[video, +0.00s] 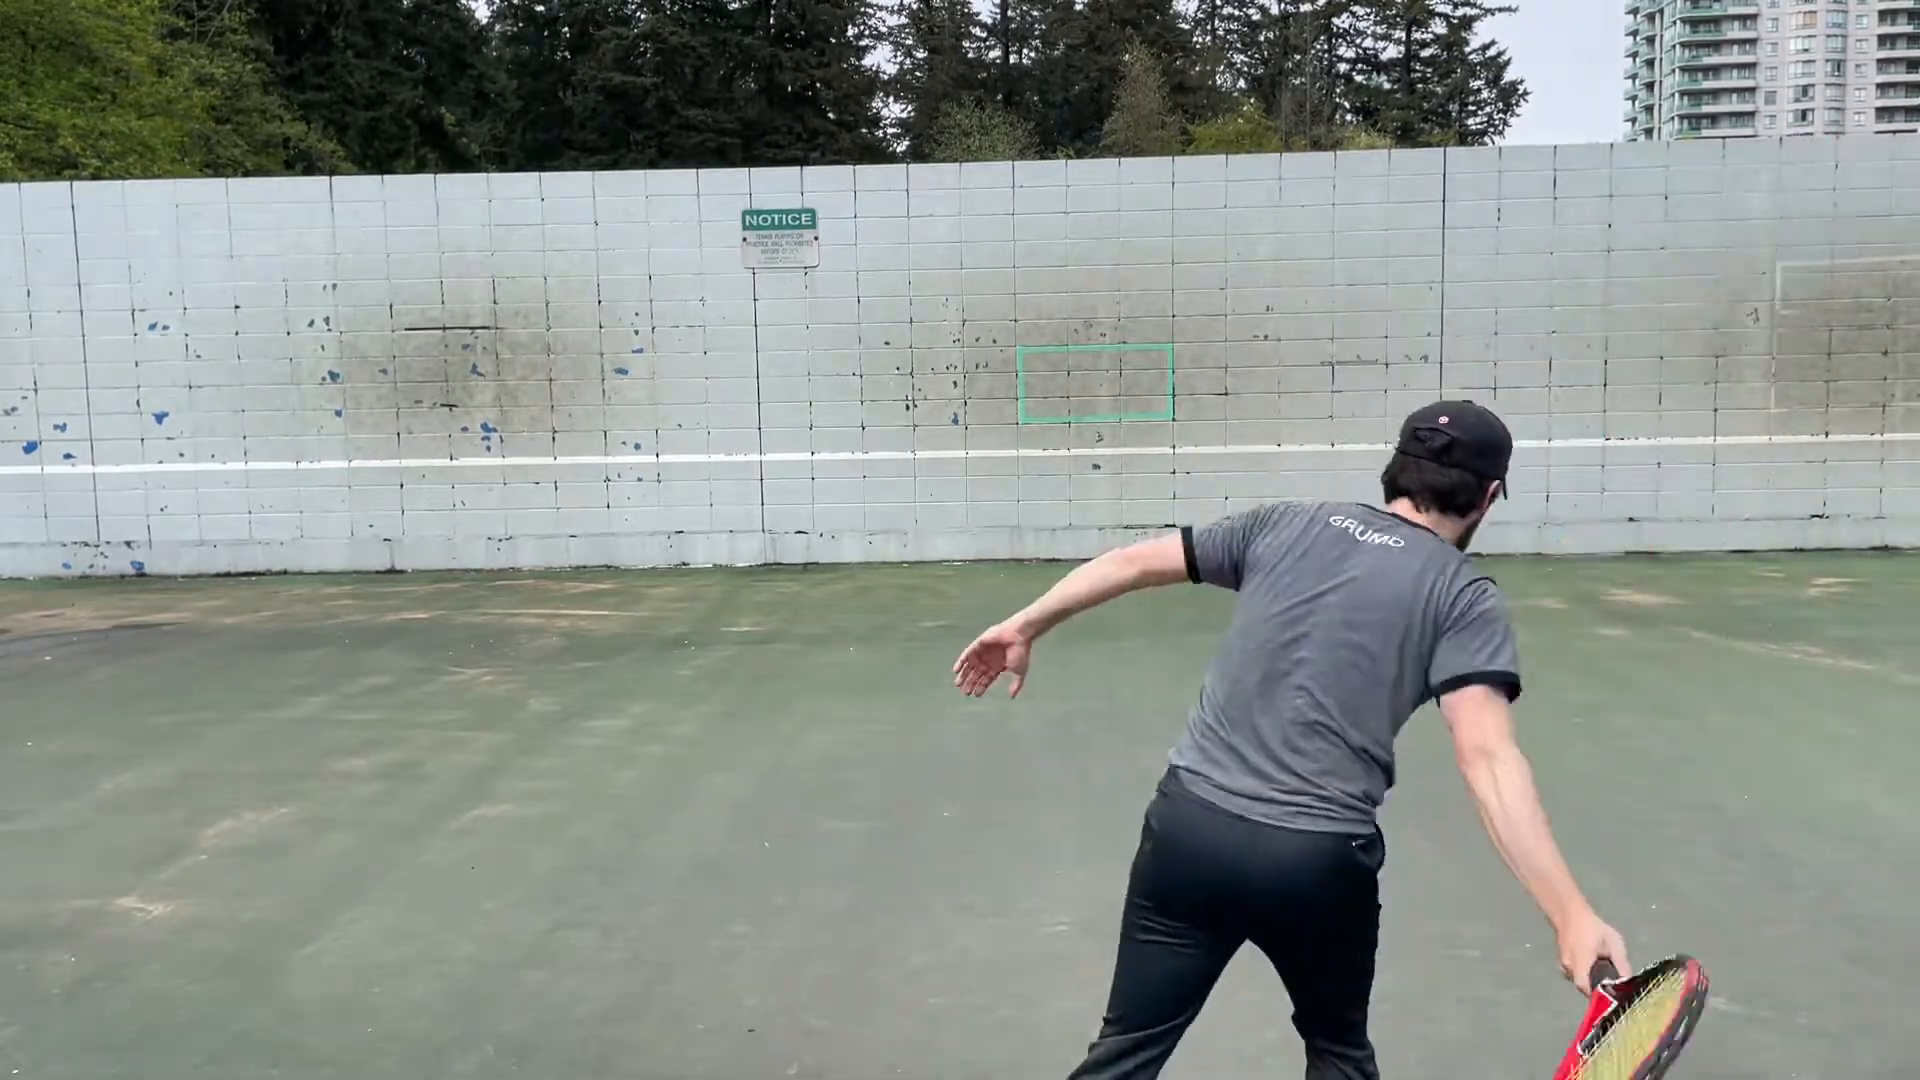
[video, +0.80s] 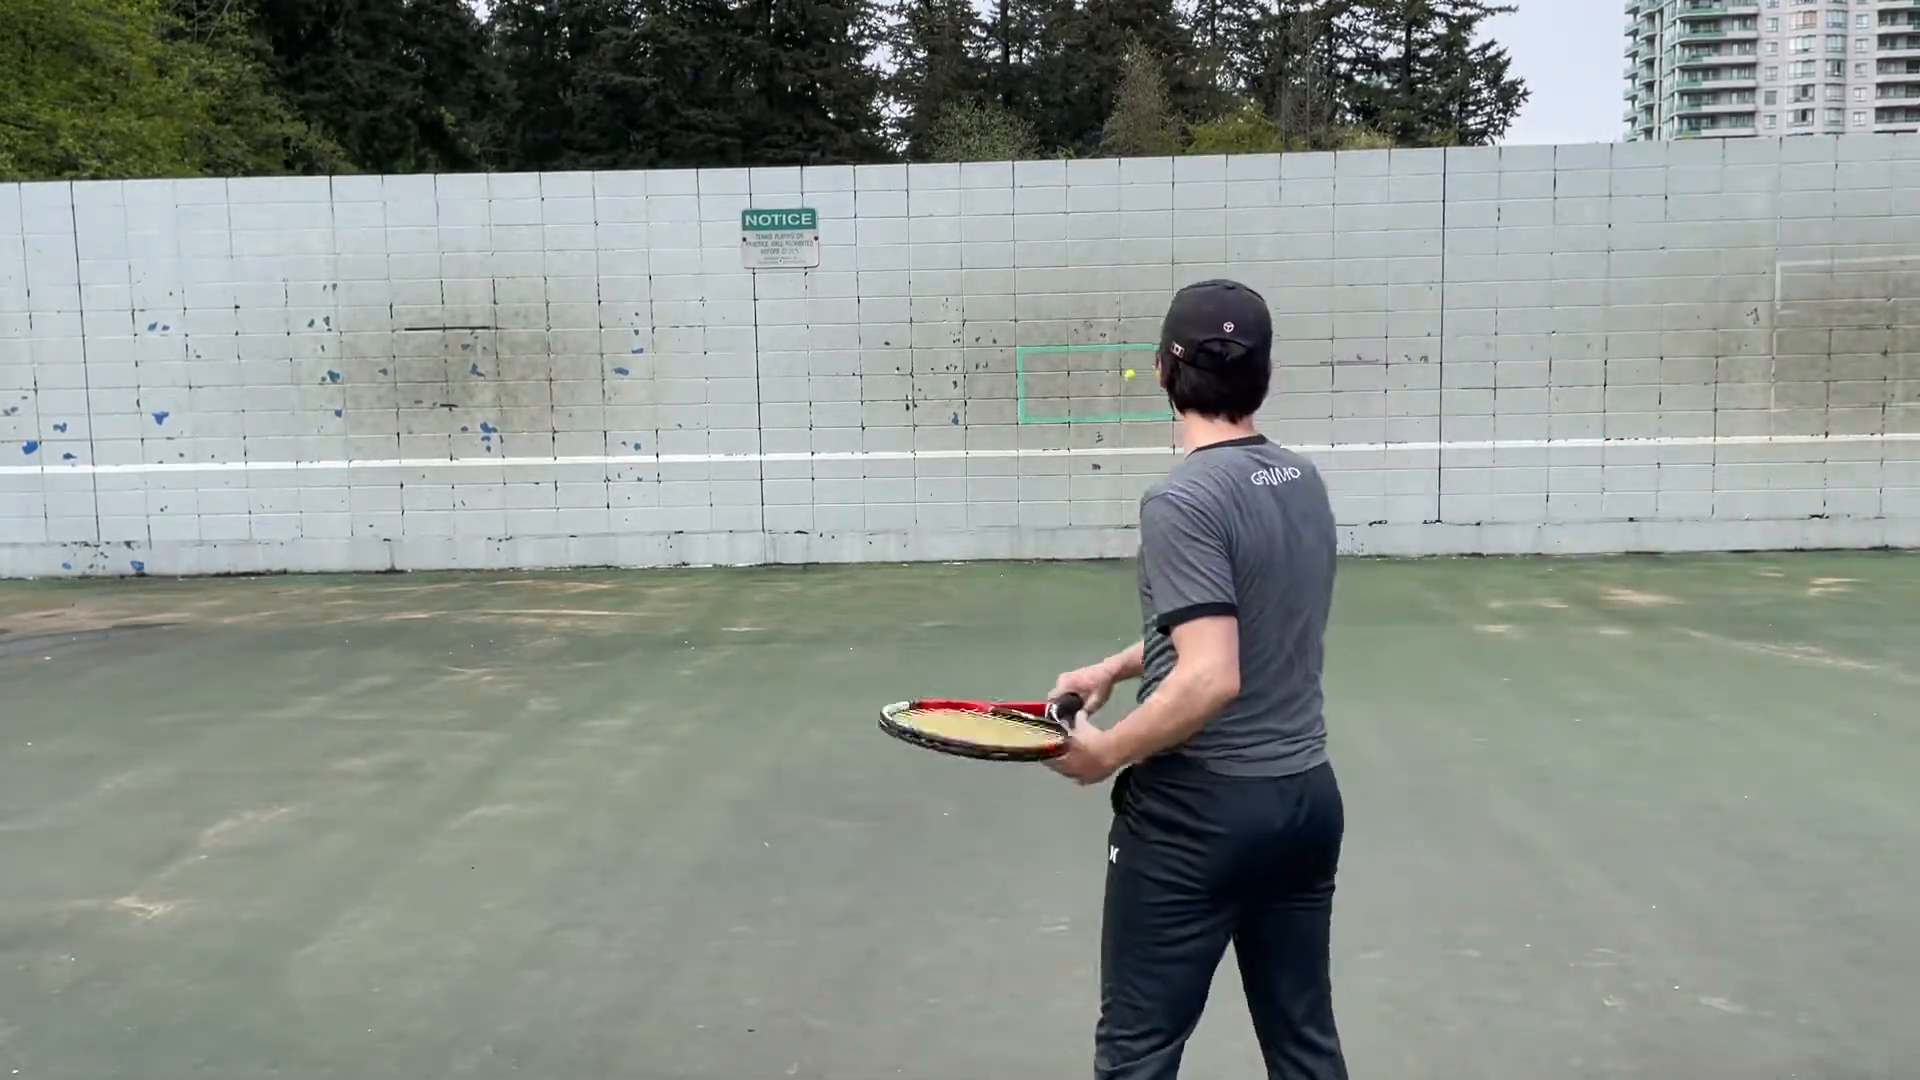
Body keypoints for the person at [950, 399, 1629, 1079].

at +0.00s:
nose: (1492, 509)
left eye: (1493, 493)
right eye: (1495, 496)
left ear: (1394, 472)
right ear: (1484, 500)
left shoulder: (1289, 525)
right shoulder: (1460, 591)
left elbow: (1136, 560)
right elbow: (1488, 758)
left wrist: (1024, 622)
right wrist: (1574, 918)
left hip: (1189, 830)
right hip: (1318, 863)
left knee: (1124, 1047)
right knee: (1339, 1047)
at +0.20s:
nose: (1457, 453)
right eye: (1458, 442)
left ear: (1356, 429)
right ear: (1449, 452)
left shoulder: (1295, 500)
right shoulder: (1452, 566)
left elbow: (1199, 605)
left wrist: (1093, 722)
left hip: (1235, 819)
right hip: (1356, 844)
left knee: (1144, 1019)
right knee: (1336, 1037)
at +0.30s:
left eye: (1346, 382)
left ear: (1340, 395)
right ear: (1426, 420)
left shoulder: (1302, 483)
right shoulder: (1436, 523)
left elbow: (1261, 626)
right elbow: (1361, 581)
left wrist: (1182, 772)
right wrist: (1276, 521)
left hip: (1261, 797)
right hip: (1371, 818)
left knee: (1157, 1015)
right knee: (1332, 1027)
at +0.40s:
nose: (1308, 361)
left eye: (1312, 352)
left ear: (1313, 365)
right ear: (1404, 387)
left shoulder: (1301, 474)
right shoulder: (1417, 489)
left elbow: (1298, 631)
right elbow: (1295, 512)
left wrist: (1225, 787)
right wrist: (1190, 451)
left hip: (1276, 788)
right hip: (1377, 798)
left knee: (1174, 1019)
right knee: (1334, 1027)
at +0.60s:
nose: (1245, 354)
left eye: (1248, 343)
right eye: (1258, 342)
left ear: (1253, 358)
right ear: (1349, 366)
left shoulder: (1275, 480)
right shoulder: (1371, 468)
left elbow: (1287, 654)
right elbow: (1217, 499)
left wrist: (1185, 773)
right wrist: (1093, 508)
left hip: (1262, 791)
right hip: (1361, 790)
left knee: (1163, 1020)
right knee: (1331, 1029)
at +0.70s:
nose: (1209, 355)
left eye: (1213, 345)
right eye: (1218, 344)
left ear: (1216, 362)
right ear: (1312, 366)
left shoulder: (1235, 490)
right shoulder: (1341, 470)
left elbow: (1256, 662)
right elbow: (1211, 546)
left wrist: (1147, 756)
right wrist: (1091, 590)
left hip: (1235, 798)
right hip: (1340, 791)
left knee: (1149, 1031)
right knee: (1322, 1032)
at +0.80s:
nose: (1158, 364)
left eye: (1161, 353)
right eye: (1166, 351)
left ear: (1168, 370)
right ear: (1264, 374)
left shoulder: (1183, 502)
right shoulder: (1301, 482)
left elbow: (1211, 676)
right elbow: (1236, 614)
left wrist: (1111, 751)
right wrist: (1114, 668)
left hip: (1195, 811)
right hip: (1302, 800)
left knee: (1137, 1048)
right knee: (1303, 1037)